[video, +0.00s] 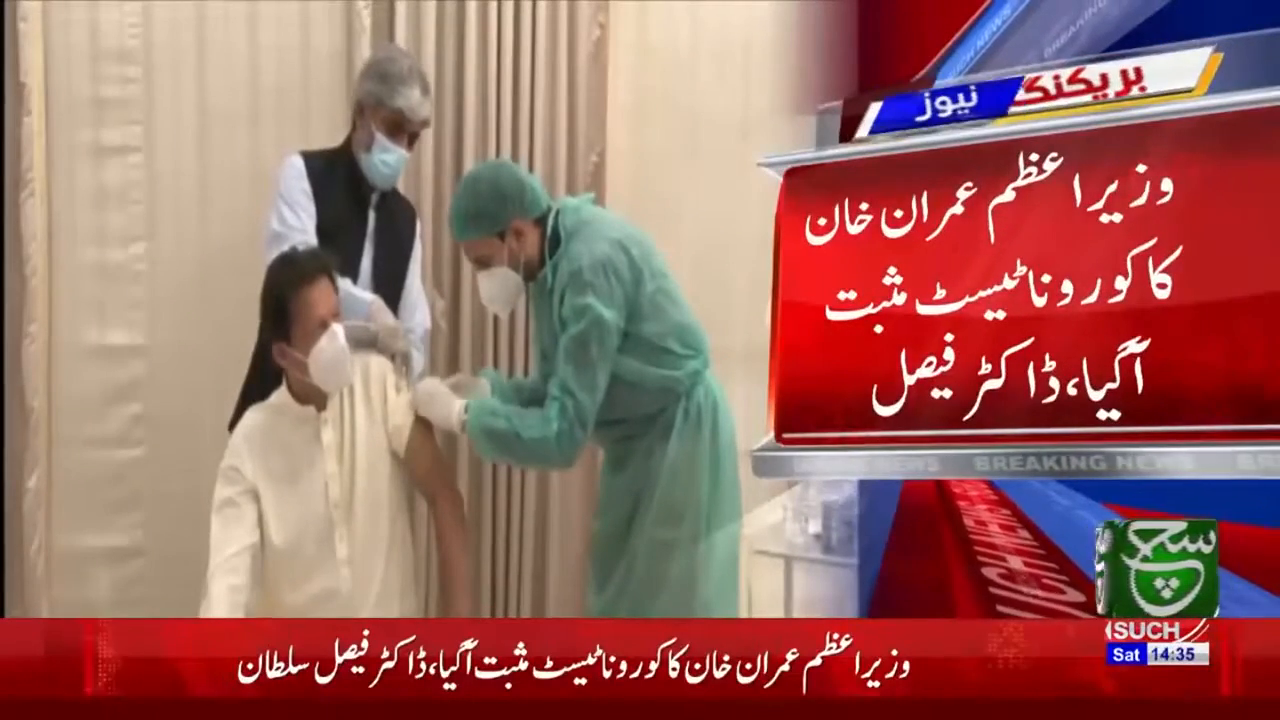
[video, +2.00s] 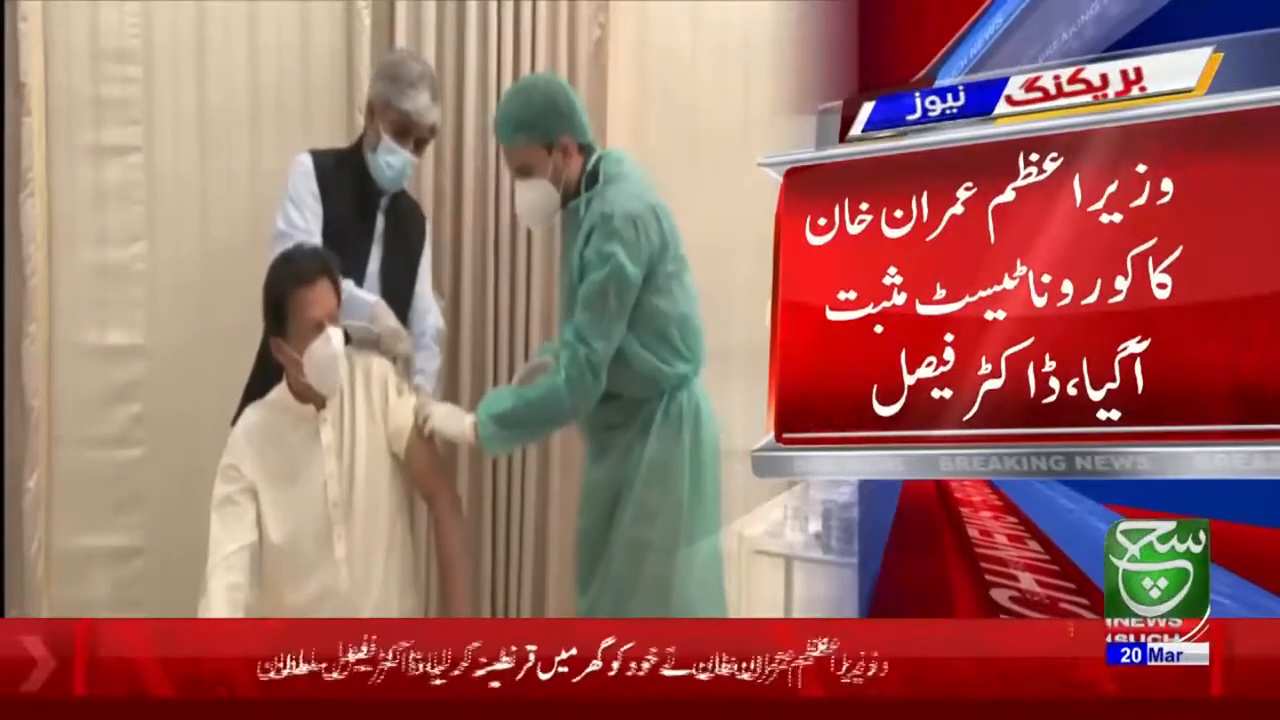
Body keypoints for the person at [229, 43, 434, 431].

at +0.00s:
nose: (402, 149)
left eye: (413, 138)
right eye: (393, 131)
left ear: (422, 135)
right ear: (362, 115)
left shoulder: (404, 216)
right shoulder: (304, 172)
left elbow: (414, 316)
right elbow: (293, 268)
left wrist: (404, 390)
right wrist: (370, 309)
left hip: (370, 388)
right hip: (296, 377)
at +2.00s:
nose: (406, 153)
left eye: (420, 143)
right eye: (398, 134)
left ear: (430, 143)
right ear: (370, 116)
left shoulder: (412, 217)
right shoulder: (314, 172)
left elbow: (424, 318)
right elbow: (294, 268)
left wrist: (419, 398)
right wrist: (371, 311)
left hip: (372, 391)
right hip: (298, 376)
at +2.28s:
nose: (407, 155)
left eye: (421, 145)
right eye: (399, 136)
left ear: (430, 145)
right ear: (371, 118)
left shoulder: (412, 218)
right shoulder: (314, 172)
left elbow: (425, 321)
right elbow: (296, 269)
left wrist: (419, 403)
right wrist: (371, 312)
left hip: (372, 391)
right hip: (297, 377)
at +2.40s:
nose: (347, 74)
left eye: (359, 57)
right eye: (330, 55)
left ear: (372, 54)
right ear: (293, 46)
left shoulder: (376, 163)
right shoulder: (240, 120)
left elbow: (391, 293)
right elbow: (228, 244)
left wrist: (374, 374)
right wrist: (330, 291)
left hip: (332, 388)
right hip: (236, 374)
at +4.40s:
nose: (351, 80)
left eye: (364, 63)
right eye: (335, 60)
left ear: (378, 65)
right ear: (299, 53)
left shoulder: (378, 176)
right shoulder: (244, 131)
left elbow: (395, 309)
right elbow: (234, 255)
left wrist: (378, 394)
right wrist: (335, 302)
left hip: (335, 402)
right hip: (239, 387)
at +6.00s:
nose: (351, 84)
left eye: (366, 70)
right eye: (336, 63)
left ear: (380, 74)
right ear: (302, 58)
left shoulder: (379, 184)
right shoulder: (245, 140)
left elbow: (395, 318)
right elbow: (233, 265)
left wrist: (378, 404)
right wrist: (333, 310)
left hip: (336, 411)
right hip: (240, 394)